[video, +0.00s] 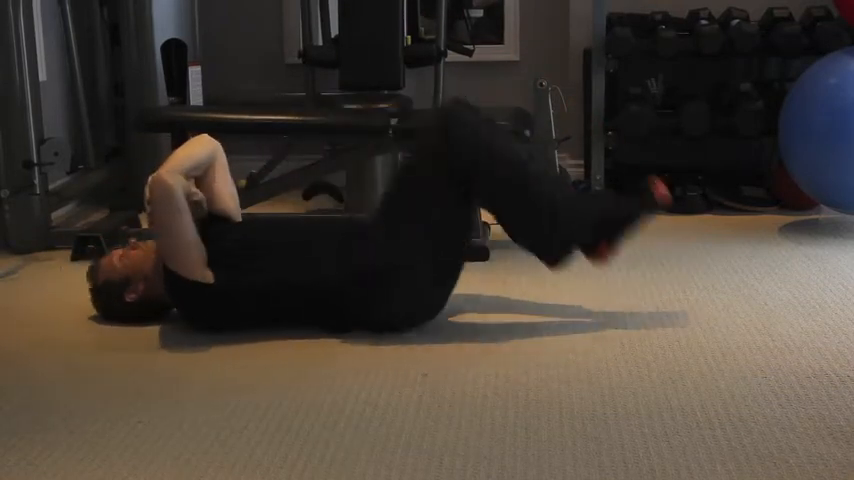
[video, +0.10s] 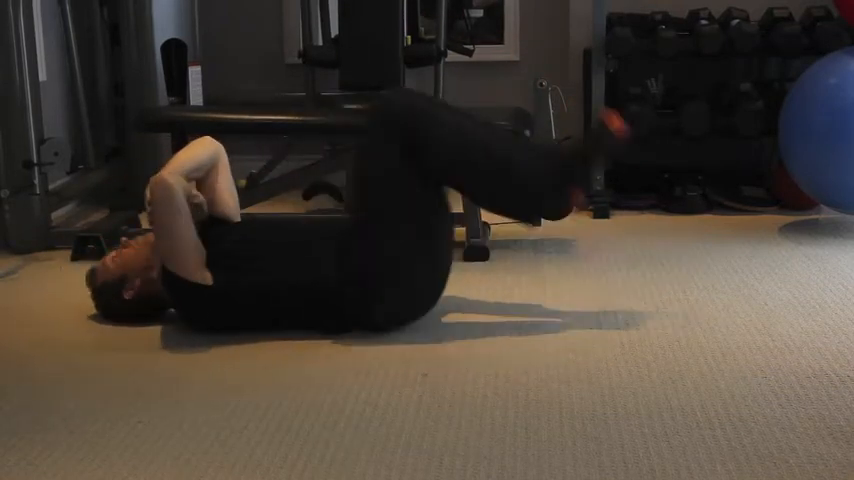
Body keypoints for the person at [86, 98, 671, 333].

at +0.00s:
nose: (129, 250)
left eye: (118, 252)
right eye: (119, 265)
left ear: (148, 266)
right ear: (138, 295)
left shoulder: (216, 254)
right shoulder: (197, 291)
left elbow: (210, 150)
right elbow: (168, 178)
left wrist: (188, 226)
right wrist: (181, 194)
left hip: (397, 264)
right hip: (387, 287)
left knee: (463, 128)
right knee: (455, 129)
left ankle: (578, 224)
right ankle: (576, 227)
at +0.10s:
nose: (127, 246)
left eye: (115, 250)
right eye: (118, 260)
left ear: (142, 261)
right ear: (137, 288)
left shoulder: (212, 248)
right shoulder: (191, 293)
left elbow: (212, 153)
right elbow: (166, 182)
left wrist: (172, 227)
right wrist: (181, 223)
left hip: (392, 271)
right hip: (380, 291)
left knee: (402, 116)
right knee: (395, 117)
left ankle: (549, 179)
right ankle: (546, 188)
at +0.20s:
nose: (124, 239)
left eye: (114, 243)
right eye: (116, 252)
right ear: (135, 288)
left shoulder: (219, 247)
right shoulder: (191, 293)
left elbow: (222, 148)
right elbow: (171, 184)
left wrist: (165, 191)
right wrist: (173, 239)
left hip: (383, 266)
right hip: (365, 286)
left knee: (342, 116)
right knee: (335, 122)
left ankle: (503, 130)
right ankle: (509, 127)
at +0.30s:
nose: (117, 239)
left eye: (105, 247)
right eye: (111, 256)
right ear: (135, 283)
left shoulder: (216, 245)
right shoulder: (190, 292)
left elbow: (236, 146)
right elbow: (180, 175)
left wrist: (182, 178)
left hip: (391, 257)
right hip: (367, 276)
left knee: (289, 129)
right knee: (283, 132)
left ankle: (451, 102)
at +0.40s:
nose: (123, 236)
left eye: (112, 244)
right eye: (114, 251)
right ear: (135, 284)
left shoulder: (213, 272)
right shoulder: (198, 293)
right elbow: (191, 172)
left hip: (392, 243)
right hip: (369, 253)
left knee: (252, 159)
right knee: (244, 150)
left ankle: (398, 88)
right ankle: (391, 100)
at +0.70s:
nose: (122, 237)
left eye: (110, 245)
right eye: (111, 252)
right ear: (134, 284)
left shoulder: (218, 267)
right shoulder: (196, 291)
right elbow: (200, 170)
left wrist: (196, 162)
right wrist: (187, 166)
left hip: (393, 242)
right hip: (362, 257)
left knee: (258, 143)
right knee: (245, 141)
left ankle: (393, 77)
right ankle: (385, 99)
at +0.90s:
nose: (135, 243)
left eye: (122, 243)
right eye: (120, 258)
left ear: (143, 246)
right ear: (134, 293)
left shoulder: (217, 261)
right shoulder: (196, 298)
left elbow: (226, 152)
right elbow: (189, 178)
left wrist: (184, 186)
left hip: (394, 267)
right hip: (376, 286)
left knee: (339, 120)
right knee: (330, 123)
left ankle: (497, 134)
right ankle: (502, 128)